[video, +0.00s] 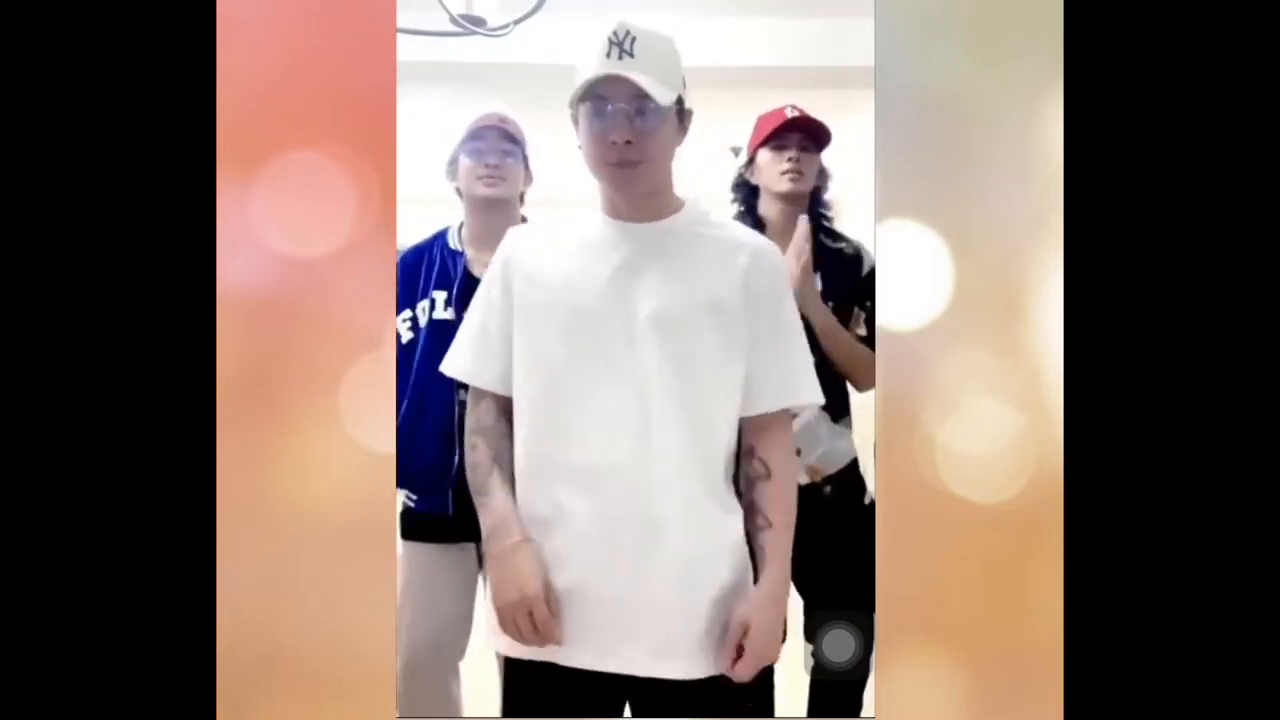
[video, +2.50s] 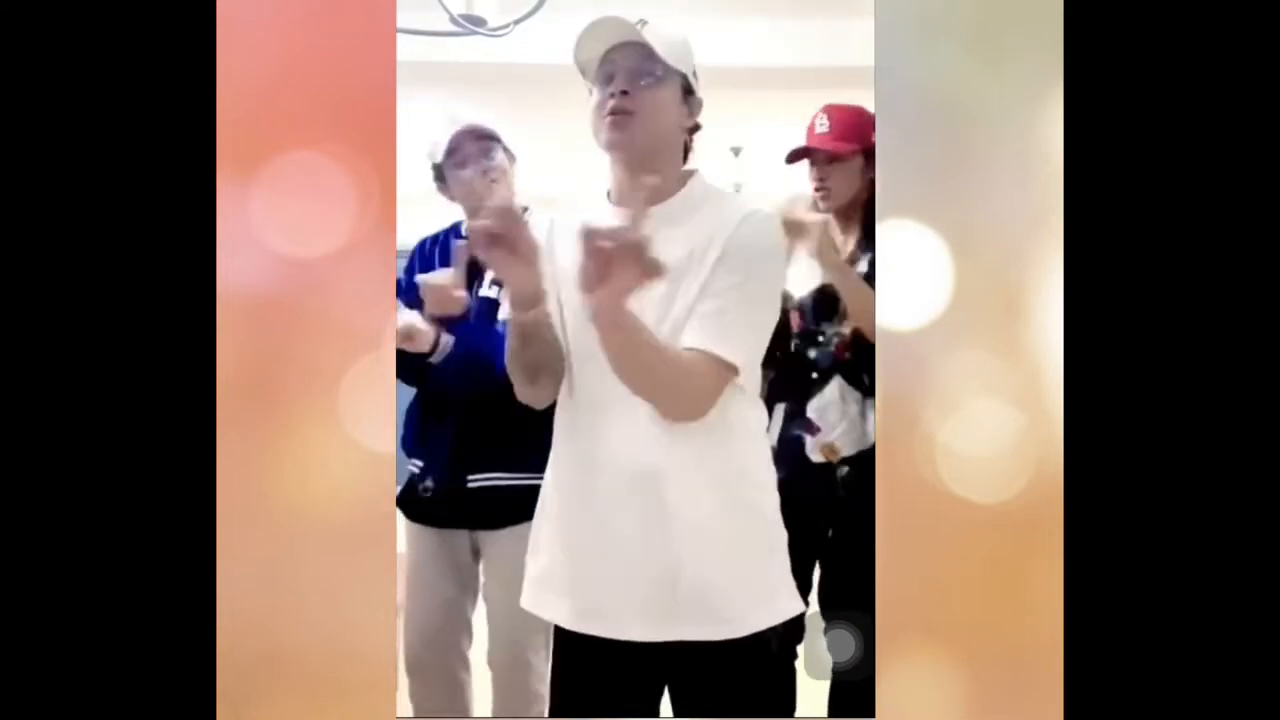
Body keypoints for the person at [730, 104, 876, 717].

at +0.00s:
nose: (795, 158)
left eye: (808, 150)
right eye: (780, 148)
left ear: (820, 170)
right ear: (750, 165)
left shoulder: (847, 258)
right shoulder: (722, 251)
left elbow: (865, 374)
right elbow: (712, 361)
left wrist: (809, 302)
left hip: (829, 472)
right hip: (740, 471)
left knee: (843, 648)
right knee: (743, 642)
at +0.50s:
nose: (800, 156)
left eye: (813, 146)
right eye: (785, 145)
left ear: (829, 161)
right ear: (759, 162)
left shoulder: (866, 248)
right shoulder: (733, 249)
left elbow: (894, 351)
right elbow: (711, 351)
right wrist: (770, 277)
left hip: (850, 460)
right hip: (755, 459)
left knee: (843, 643)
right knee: (758, 633)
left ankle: (834, 716)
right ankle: (770, 712)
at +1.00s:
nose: (806, 166)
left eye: (821, 153)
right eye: (792, 152)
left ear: (839, 166)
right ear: (765, 162)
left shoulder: (867, 251)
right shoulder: (736, 245)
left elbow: (893, 357)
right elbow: (713, 357)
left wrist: (862, 421)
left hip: (849, 476)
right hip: (759, 473)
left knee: (844, 645)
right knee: (755, 641)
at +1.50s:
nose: (779, 164)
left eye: (793, 152)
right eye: (765, 153)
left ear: (813, 166)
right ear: (742, 167)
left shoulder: (855, 251)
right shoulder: (719, 249)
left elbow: (884, 353)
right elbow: (701, 354)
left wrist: (860, 409)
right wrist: (760, 411)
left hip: (843, 473)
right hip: (753, 473)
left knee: (849, 647)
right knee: (756, 641)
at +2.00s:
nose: (862, 169)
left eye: (874, 156)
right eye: (846, 157)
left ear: (890, 169)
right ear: (816, 175)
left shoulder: (904, 265)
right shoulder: (779, 255)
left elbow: (916, 381)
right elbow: (747, 360)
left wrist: (871, 451)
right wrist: (789, 437)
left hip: (857, 491)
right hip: (768, 486)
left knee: (857, 661)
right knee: (758, 661)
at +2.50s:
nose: (818, 173)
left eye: (834, 160)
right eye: (812, 161)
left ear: (869, 168)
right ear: (805, 167)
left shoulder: (893, 247)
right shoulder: (793, 247)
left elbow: (885, 331)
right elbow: (768, 365)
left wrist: (825, 255)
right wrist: (772, 265)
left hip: (862, 470)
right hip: (788, 466)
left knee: (852, 634)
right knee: (769, 625)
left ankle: (853, 717)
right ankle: (761, 714)